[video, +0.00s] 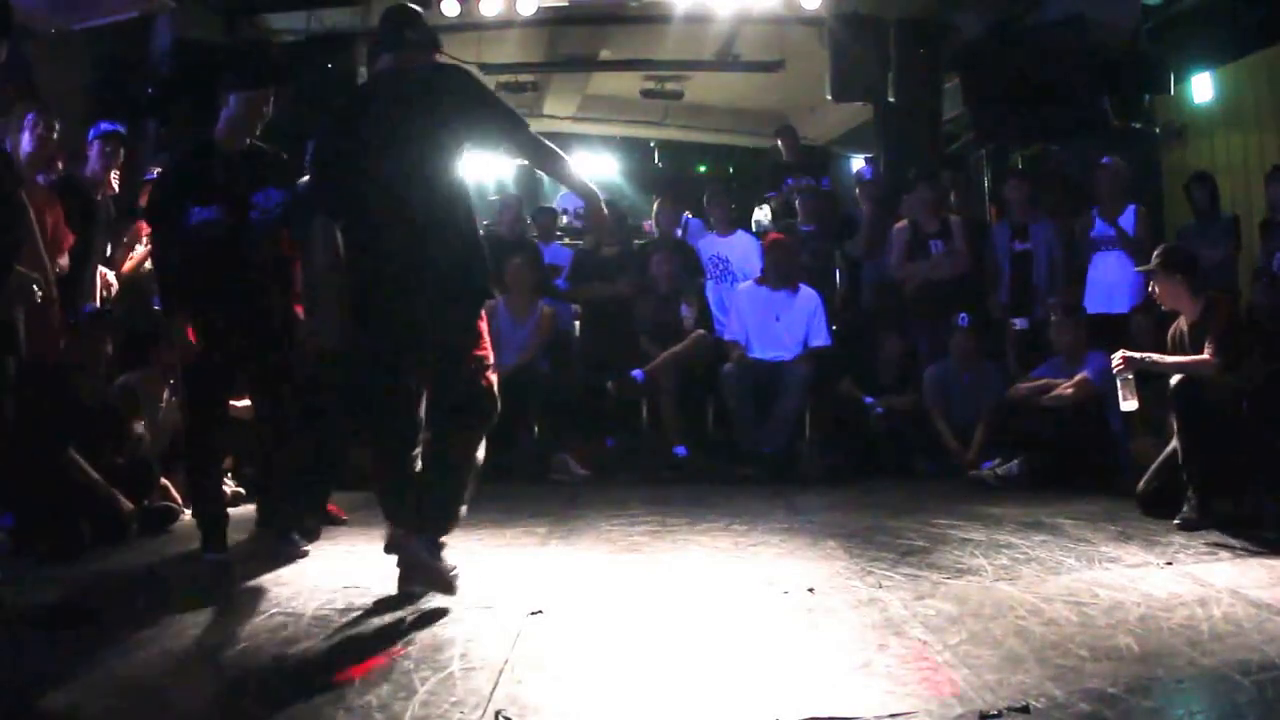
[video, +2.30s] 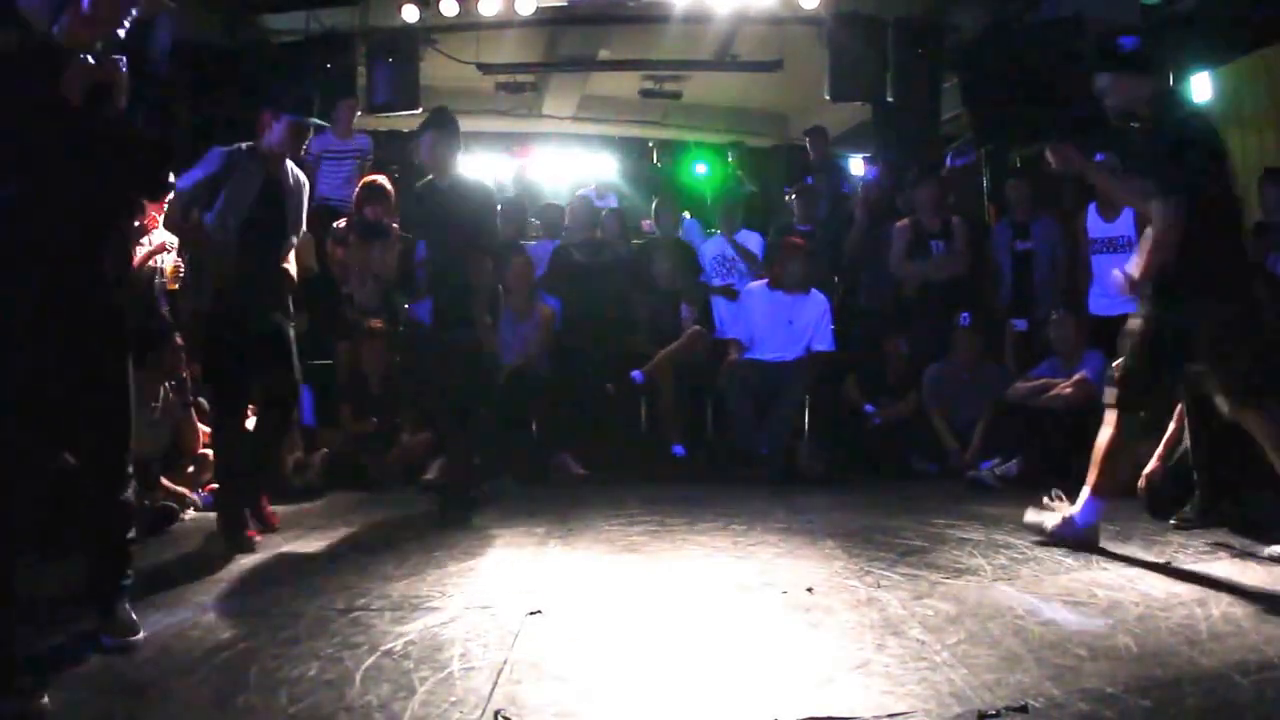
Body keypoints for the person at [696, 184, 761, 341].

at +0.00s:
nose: (717, 213)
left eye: (721, 206)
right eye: (713, 207)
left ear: (731, 208)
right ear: (707, 211)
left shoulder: (749, 242)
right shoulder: (703, 246)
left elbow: (759, 282)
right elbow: (701, 282)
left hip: (749, 320)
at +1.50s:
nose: (717, 215)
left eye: (722, 209)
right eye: (713, 210)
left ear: (734, 210)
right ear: (709, 212)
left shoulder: (750, 241)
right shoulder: (705, 246)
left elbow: (762, 281)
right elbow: (700, 282)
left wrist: (742, 307)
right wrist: (711, 298)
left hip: (749, 317)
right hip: (718, 321)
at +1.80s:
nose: (723, 213)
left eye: (727, 208)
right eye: (719, 208)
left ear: (735, 208)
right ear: (711, 212)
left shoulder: (753, 242)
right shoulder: (705, 247)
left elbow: (763, 276)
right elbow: (699, 283)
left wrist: (739, 287)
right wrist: (721, 290)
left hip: (754, 323)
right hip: (722, 326)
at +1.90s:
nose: (721, 214)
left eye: (726, 208)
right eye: (716, 209)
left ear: (736, 209)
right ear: (711, 211)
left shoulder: (753, 242)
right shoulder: (706, 247)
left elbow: (766, 278)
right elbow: (695, 284)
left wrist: (728, 275)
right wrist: (720, 293)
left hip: (753, 324)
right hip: (721, 326)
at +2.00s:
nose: (720, 213)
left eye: (725, 207)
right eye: (715, 207)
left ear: (735, 208)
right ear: (710, 210)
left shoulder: (754, 242)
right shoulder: (706, 248)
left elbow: (761, 279)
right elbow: (697, 283)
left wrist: (728, 259)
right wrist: (719, 293)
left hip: (756, 322)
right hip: (723, 325)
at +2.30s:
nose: (730, 216)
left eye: (734, 211)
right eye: (725, 211)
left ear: (741, 212)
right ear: (718, 214)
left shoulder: (754, 239)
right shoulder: (706, 249)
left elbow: (758, 268)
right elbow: (698, 284)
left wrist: (731, 240)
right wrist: (719, 290)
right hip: (724, 326)